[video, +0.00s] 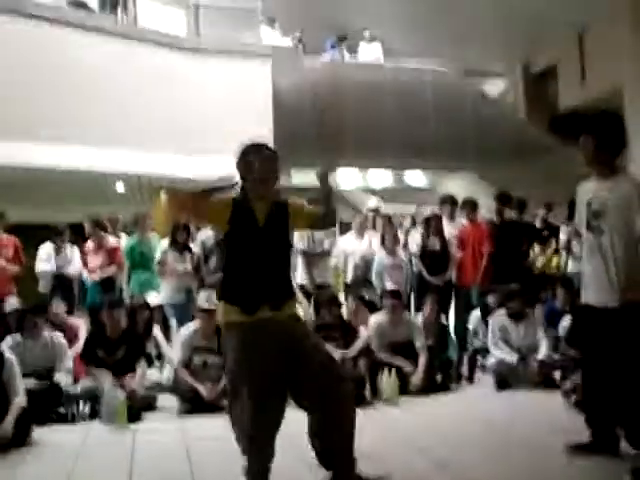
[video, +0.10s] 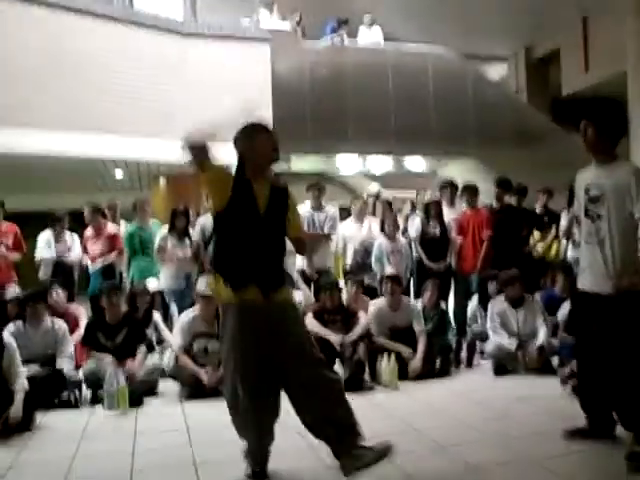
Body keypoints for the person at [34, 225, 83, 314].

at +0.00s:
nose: (61, 244)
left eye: (64, 240)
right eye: (59, 240)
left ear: (68, 238)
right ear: (53, 238)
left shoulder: (73, 250)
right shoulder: (45, 249)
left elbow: (77, 268)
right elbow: (40, 269)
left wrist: (64, 272)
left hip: (67, 277)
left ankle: (70, 309)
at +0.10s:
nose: (60, 230)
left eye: (63, 227)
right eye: (58, 227)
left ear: (66, 225)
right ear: (52, 226)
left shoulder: (73, 237)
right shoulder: (44, 236)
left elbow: (77, 256)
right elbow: (40, 256)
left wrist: (63, 259)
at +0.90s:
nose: (63, 222)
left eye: (65, 219)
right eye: (60, 219)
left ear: (67, 219)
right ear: (54, 220)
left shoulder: (73, 232)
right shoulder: (44, 231)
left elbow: (77, 250)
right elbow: (38, 251)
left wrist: (64, 251)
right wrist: (55, 247)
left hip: (69, 267)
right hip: (51, 267)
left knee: (70, 295)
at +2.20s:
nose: (65, 222)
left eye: (67, 219)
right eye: (62, 219)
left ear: (69, 219)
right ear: (56, 219)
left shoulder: (75, 232)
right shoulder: (46, 231)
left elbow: (78, 250)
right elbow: (39, 250)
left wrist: (65, 251)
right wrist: (56, 247)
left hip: (69, 264)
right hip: (52, 263)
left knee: (69, 292)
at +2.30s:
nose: (65, 222)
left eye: (67, 219)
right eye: (63, 219)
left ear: (69, 219)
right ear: (56, 219)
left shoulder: (74, 232)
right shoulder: (46, 231)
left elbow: (79, 250)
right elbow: (39, 249)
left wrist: (65, 251)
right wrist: (56, 247)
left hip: (68, 267)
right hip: (51, 267)